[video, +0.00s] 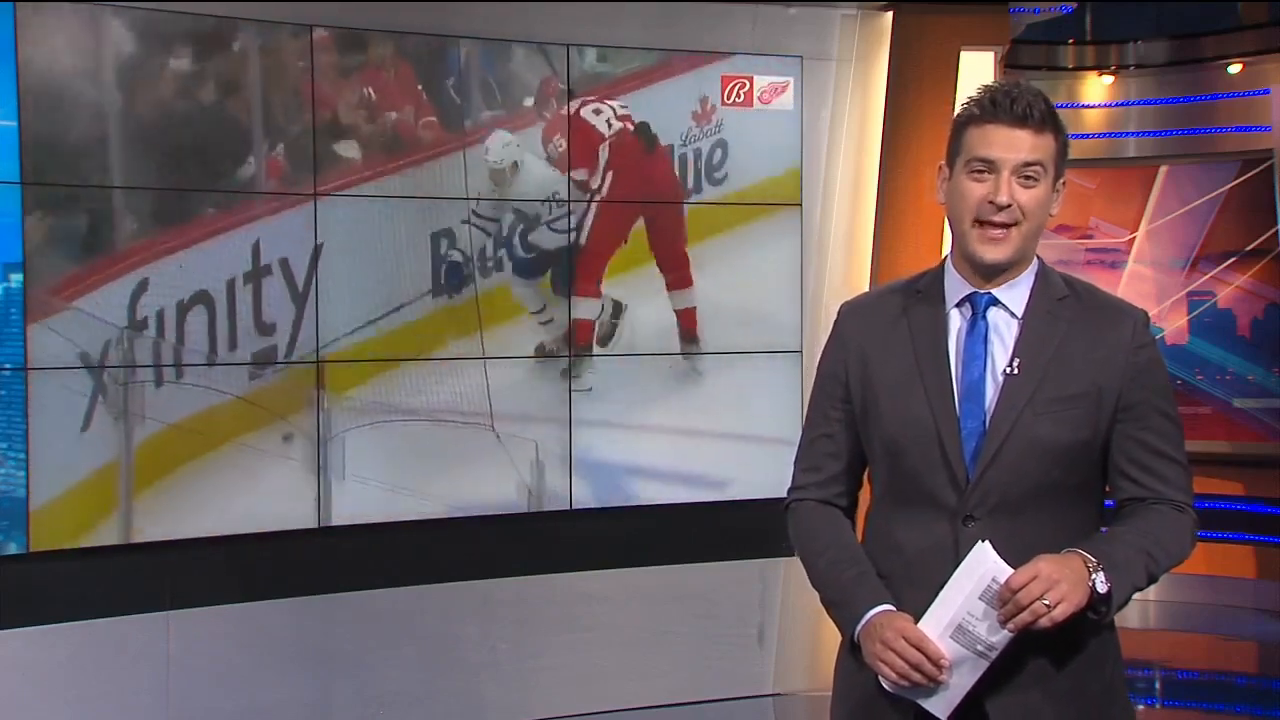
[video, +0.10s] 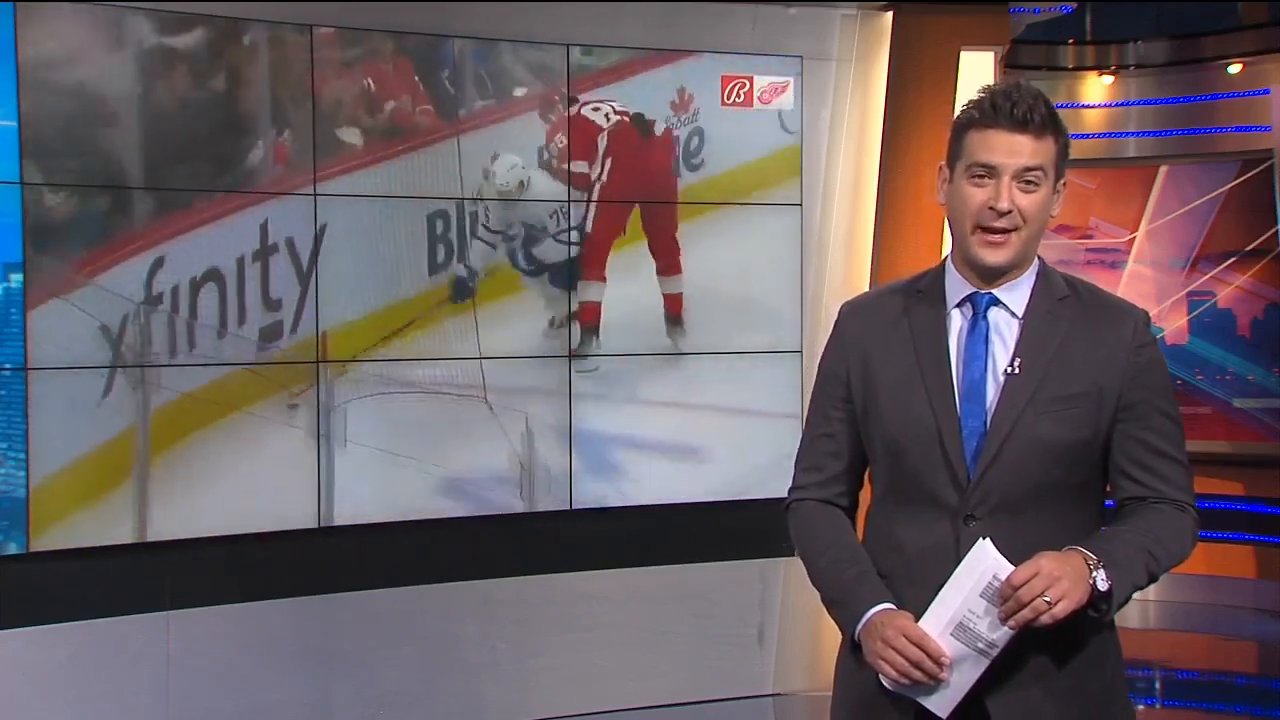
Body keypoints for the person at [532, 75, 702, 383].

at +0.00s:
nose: (544, 116)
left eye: (544, 112)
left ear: (550, 106)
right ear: (568, 95)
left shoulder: (561, 120)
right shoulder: (612, 104)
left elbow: (579, 175)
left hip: (623, 182)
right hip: (665, 178)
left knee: (590, 265)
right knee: (674, 259)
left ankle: (580, 352)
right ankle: (690, 339)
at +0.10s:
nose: (549, 124)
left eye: (548, 119)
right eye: (546, 120)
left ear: (557, 109)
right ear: (574, 100)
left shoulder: (574, 120)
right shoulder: (617, 108)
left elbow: (579, 179)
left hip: (620, 176)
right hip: (661, 172)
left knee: (595, 252)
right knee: (665, 246)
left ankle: (589, 336)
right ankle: (675, 322)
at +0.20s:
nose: (554, 124)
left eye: (553, 118)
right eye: (552, 119)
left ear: (560, 111)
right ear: (578, 100)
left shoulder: (574, 122)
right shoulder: (615, 107)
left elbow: (576, 177)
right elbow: (667, 124)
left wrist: (575, 224)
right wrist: (676, 162)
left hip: (621, 175)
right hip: (660, 171)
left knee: (596, 245)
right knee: (662, 240)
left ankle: (588, 321)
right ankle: (667, 311)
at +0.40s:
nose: (559, 101)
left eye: (558, 95)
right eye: (556, 95)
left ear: (567, 88)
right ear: (581, 77)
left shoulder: (578, 114)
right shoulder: (618, 82)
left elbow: (581, 176)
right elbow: (674, 86)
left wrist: (573, 220)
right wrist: (671, 122)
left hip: (637, 170)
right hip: (671, 162)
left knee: (602, 236)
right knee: (660, 207)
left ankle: (610, 315)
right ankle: (674, 277)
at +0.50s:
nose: (551, 86)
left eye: (550, 79)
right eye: (548, 79)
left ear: (562, 73)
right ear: (575, 63)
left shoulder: (577, 104)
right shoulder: (607, 66)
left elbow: (589, 172)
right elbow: (663, 78)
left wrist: (565, 206)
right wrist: (657, 113)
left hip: (642, 160)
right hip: (672, 149)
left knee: (599, 227)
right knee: (652, 199)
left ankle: (610, 312)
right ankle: (670, 267)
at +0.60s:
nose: (553, 60)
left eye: (553, 53)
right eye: (550, 53)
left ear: (569, 51)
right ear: (576, 46)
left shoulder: (585, 85)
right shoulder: (609, 46)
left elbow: (610, 143)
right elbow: (657, 56)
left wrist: (575, 167)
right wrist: (653, 89)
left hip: (642, 143)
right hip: (662, 130)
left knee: (605, 216)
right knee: (637, 191)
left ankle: (614, 293)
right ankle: (662, 252)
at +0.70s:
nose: (566, 45)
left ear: (575, 43)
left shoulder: (598, 65)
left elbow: (629, 120)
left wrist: (588, 149)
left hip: (643, 129)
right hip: (651, 120)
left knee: (616, 202)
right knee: (630, 189)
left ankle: (629, 283)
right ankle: (657, 244)